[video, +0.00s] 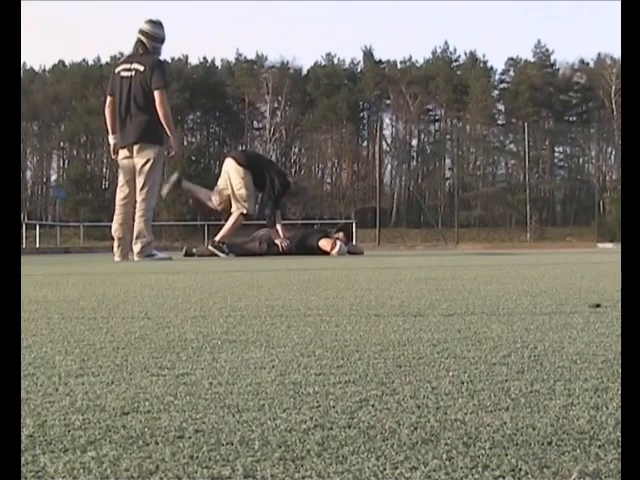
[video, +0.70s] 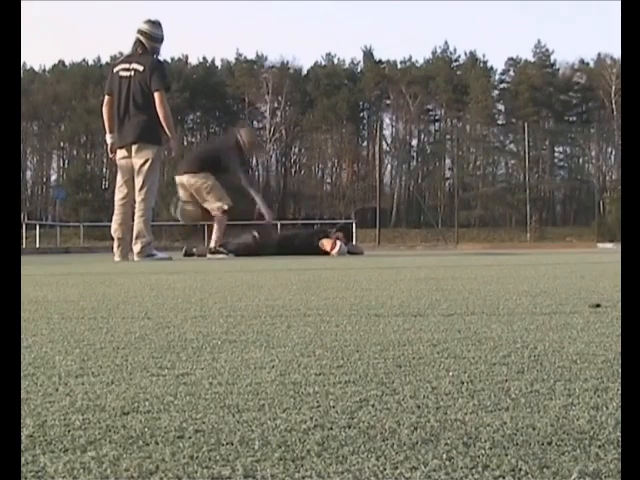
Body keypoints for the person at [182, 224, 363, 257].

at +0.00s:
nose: (339, 242)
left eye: (342, 240)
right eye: (340, 238)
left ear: (338, 239)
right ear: (335, 235)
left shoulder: (326, 239)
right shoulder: (321, 238)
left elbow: (357, 251)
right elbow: (333, 249)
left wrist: (345, 247)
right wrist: (343, 247)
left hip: (273, 240)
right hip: (270, 242)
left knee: (234, 246)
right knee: (233, 249)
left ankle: (199, 251)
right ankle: (197, 252)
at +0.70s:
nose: (336, 241)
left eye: (339, 240)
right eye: (337, 237)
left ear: (338, 240)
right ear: (334, 234)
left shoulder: (325, 241)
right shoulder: (322, 237)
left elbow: (354, 251)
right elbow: (328, 246)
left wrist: (346, 247)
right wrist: (336, 249)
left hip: (267, 244)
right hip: (266, 243)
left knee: (229, 248)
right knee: (229, 248)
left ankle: (195, 252)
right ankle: (195, 251)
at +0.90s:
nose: (337, 245)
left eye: (339, 242)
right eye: (339, 242)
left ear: (335, 236)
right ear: (335, 238)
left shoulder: (321, 237)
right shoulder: (320, 237)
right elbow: (330, 248)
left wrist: (346, 246)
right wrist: (343, 248)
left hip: (271, 238)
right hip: (272, 239)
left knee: (229, 247)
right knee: (230, 249)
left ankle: (193, 252)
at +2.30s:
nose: (342, 242)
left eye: (345, 241)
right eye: (342, 238)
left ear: (345, 241)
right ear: (337, 233)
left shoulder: (329, 242)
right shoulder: (313, 234)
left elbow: (359, 251)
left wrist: (344, 249)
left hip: (271, 247)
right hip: (266, 242)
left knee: (231, 245)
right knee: (221, 250)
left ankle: (199, 239)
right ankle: (236, 218)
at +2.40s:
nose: (343, 238)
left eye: (344, 238)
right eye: (342, 236)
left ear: (341, 239)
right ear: (336, 234)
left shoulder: (329, 242)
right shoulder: (322, 238)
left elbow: (355, 249)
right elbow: (290, 225)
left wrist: (350, 248)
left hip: (275, 244)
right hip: (270, 242)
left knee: (236, 244)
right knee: (221, 250)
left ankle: (200, 236)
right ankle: (236, 217)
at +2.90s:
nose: (334, 243)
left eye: (338, 242)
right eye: (336, 239)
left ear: (339, 240)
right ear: (333, 231)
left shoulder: (328, 240)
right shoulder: (315, 226)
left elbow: (359, 250)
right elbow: (284, 227)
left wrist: (345, 250)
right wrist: (292, 249)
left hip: (270, 248)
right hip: (265, 239)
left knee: (226, 248)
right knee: (220, 249)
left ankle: (196, 236)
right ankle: (238, 219)